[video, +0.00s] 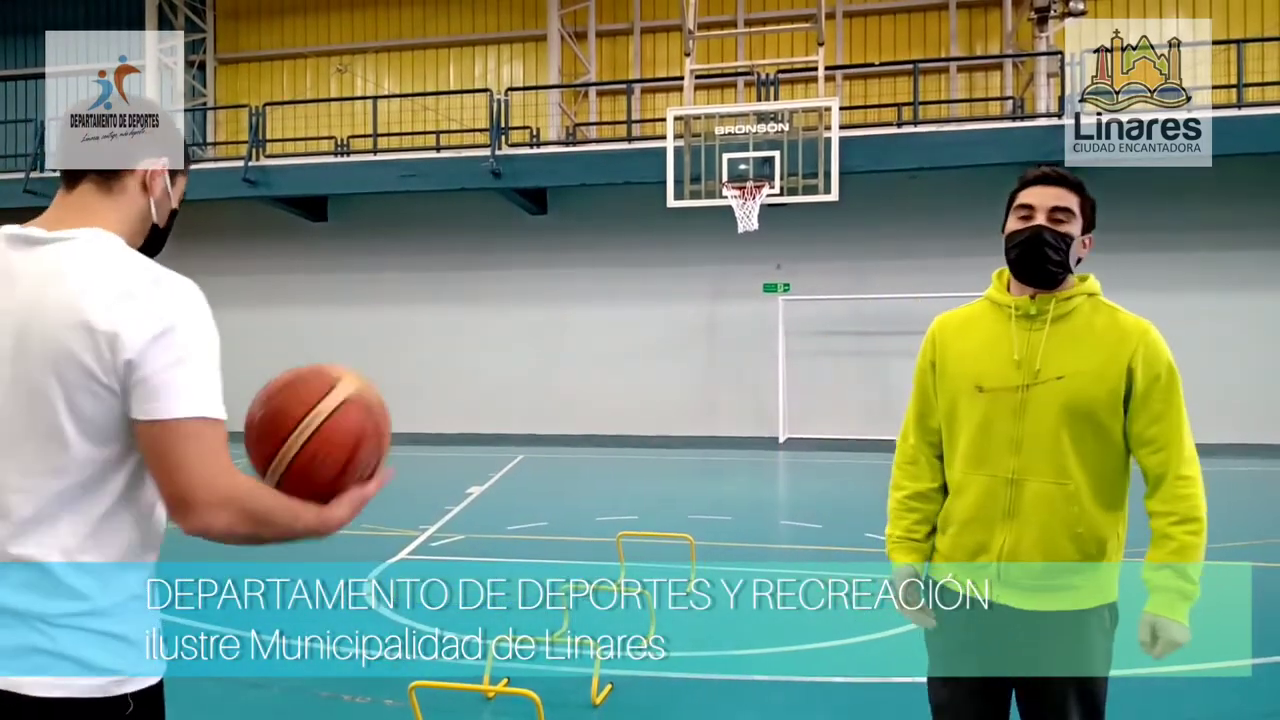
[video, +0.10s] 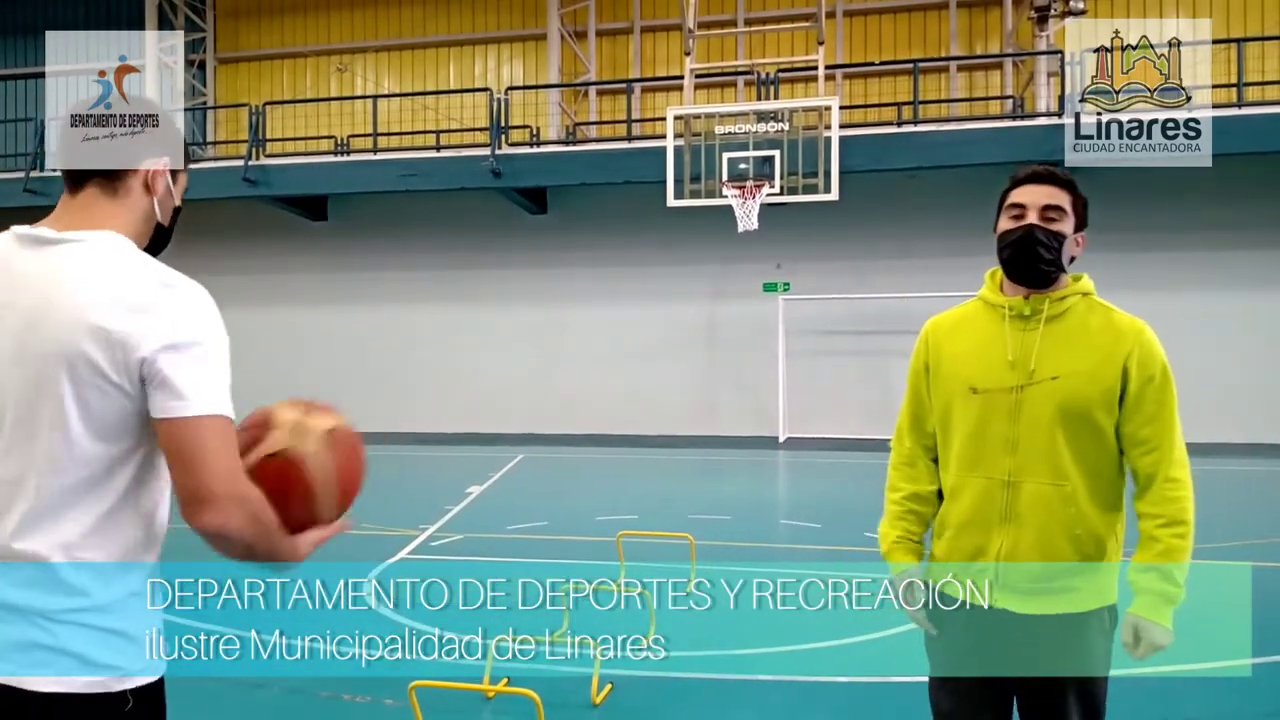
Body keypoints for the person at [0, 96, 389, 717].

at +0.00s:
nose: (175, 202)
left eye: (178, 184)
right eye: (177, 182)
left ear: (66, 168)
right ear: (152, 176)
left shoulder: (7, 252)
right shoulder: (152, 298)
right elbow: (204, 501)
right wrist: (322, 517)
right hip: (82, 669)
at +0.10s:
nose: (176, 204)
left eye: (181, 187)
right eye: (180, 185)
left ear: (72, 170)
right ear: (156, 177)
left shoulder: (6, 256)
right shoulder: (163, 301)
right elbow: (214, 506)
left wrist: (218, 454)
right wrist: (286, 548)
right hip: (88, 665)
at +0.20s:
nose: (179, 206)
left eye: (182, 188)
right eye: (180, 185)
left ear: (73, 176)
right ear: (154, 180)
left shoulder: (7, 262)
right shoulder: (169, 305)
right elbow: (187, 510)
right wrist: (255, 559)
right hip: (95, 660)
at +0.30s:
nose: (176, 208)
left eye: (179, 191)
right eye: (177, 189)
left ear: (72, 179)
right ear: (153, 185)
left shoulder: (9, 269)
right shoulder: (160, 304)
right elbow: (170, 510)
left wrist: (186, 478)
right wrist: (224, 572)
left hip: (4, 644)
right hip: (104, 662)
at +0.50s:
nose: (170, 212)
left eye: (172, 195)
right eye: (172, 193)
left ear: (70, 188)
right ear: (147, 189)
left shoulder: (10, 280)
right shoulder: (153, 297)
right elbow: (159, 486)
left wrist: (189, 507)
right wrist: (226, 559)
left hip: (10, 628)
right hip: (112, 633)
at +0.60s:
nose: (175, 214)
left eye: (176, 198)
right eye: (176, 196)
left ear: (77, 190)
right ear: (151, 190)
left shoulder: (9, 285)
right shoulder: (158, 295)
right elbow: (168, 479)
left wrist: (164, 527)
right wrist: (246, 544)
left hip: (12, 623)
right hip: (120, 626)